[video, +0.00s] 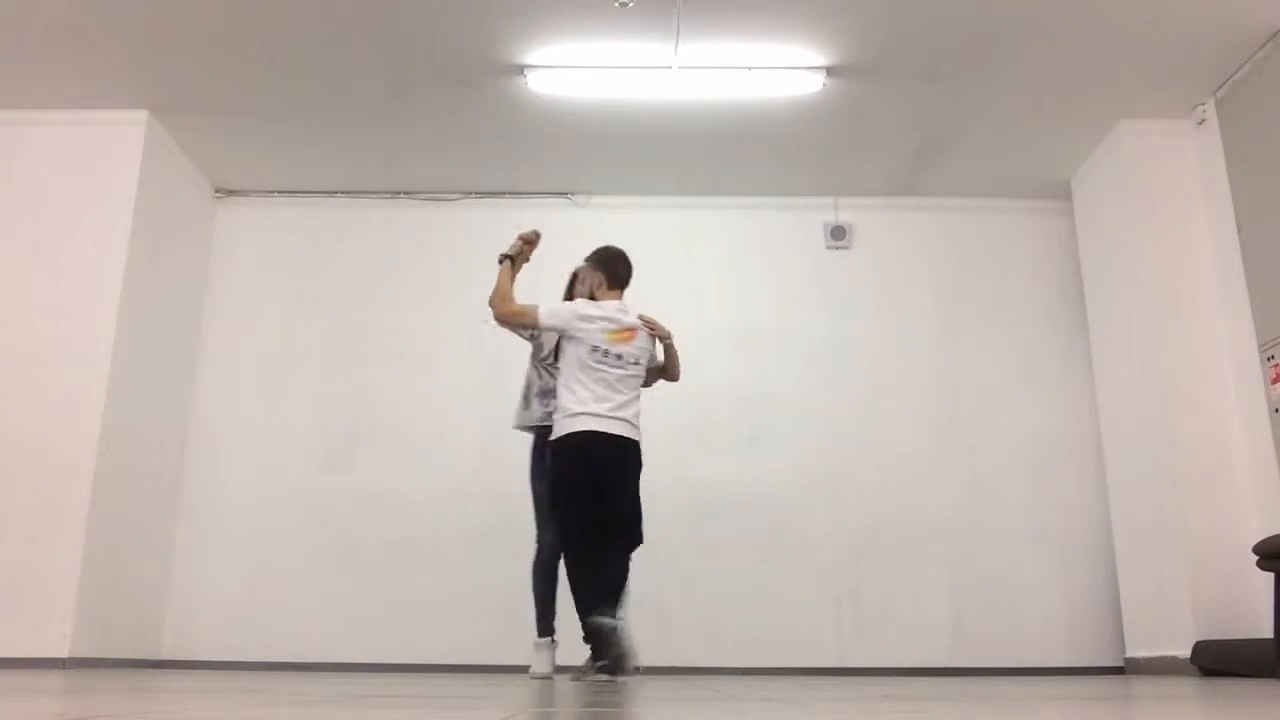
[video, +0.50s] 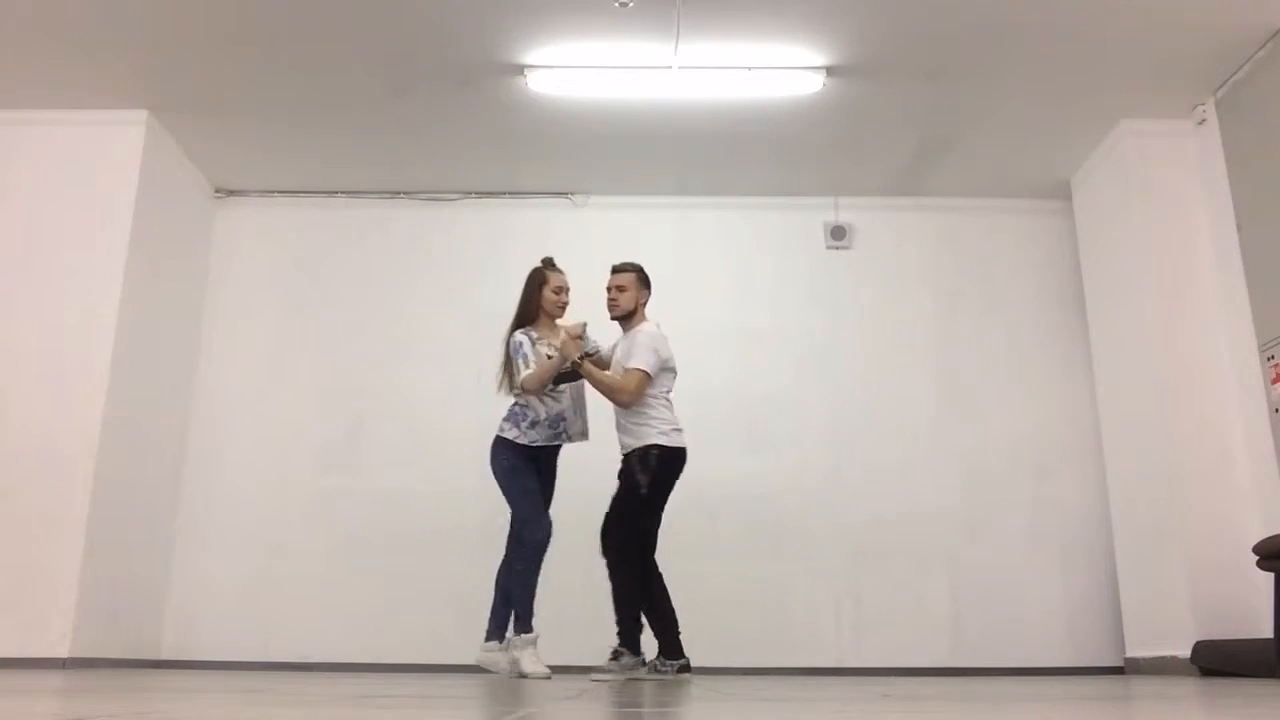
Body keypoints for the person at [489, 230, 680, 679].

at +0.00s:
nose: (581, 284)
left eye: (585, 276)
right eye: (582, 277)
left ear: (596, 278)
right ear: (625, 280)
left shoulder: (577, 315)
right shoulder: (641, 330)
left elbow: (503, 310)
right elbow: (661, 375)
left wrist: (509, 262)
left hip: (577, 441)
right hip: (625, 444)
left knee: (581, 546)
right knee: (620, 540)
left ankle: (608, 648)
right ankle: (610, 627)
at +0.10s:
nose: (588, 285)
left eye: (593, 278)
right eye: (587, 278)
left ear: (610, 280)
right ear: (629, 282)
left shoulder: (597, 315)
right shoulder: (648, 329)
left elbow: (521, 320)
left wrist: (520, 271)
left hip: (591, 439)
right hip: (631, 443)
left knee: (585, 550)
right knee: (616, 549)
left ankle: (602, 656)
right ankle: (656, 643)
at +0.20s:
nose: (592, 287)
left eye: (598, 280)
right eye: (593, 280)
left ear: (621, 283)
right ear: (630, 287)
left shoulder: (617, 320)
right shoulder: (651, 328)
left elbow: (552, 339)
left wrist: (539, 294)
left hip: (608, 442)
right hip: (636, 443)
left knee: (592, 550)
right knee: (627, 553)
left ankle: (602, 655)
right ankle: (666, 653)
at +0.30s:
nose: (598, 288)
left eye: (607, 282)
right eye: (599, 282)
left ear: (631, 287)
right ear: (627, 289)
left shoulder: (632, 327)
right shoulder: (640, 328)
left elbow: (586, 363)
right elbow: (590, 361)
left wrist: (560, 322)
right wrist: (563, 336)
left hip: (625, 447)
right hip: (641, 446)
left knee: (598, 549)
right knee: (638, 553)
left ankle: (605, 655)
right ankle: (672, 655)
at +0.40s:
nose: (607, 291)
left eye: (616, 285)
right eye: (606, 286)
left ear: (639, 291)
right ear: (609, 293)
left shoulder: (642, 330)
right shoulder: (627, 333)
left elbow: (615, 384)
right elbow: (610, 379)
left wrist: (571, 351)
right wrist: (581, 353)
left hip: (645, 449)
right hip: (641, 449)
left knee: (607, 549)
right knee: (638, 555)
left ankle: (618, 653)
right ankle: (672, 656)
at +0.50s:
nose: (611, 296)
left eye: (620, 290)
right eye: (609, 290)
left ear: (642, 296)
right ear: (610, 297)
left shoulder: (647, 337)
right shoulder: (622, 341)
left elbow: (626, 392)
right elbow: (587, 367)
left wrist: (580, 359)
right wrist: (570, 346)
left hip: (656, 451)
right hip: (641, 453)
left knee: (616, 538)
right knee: (636, 552)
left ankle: (629, 648)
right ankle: (672, 655)